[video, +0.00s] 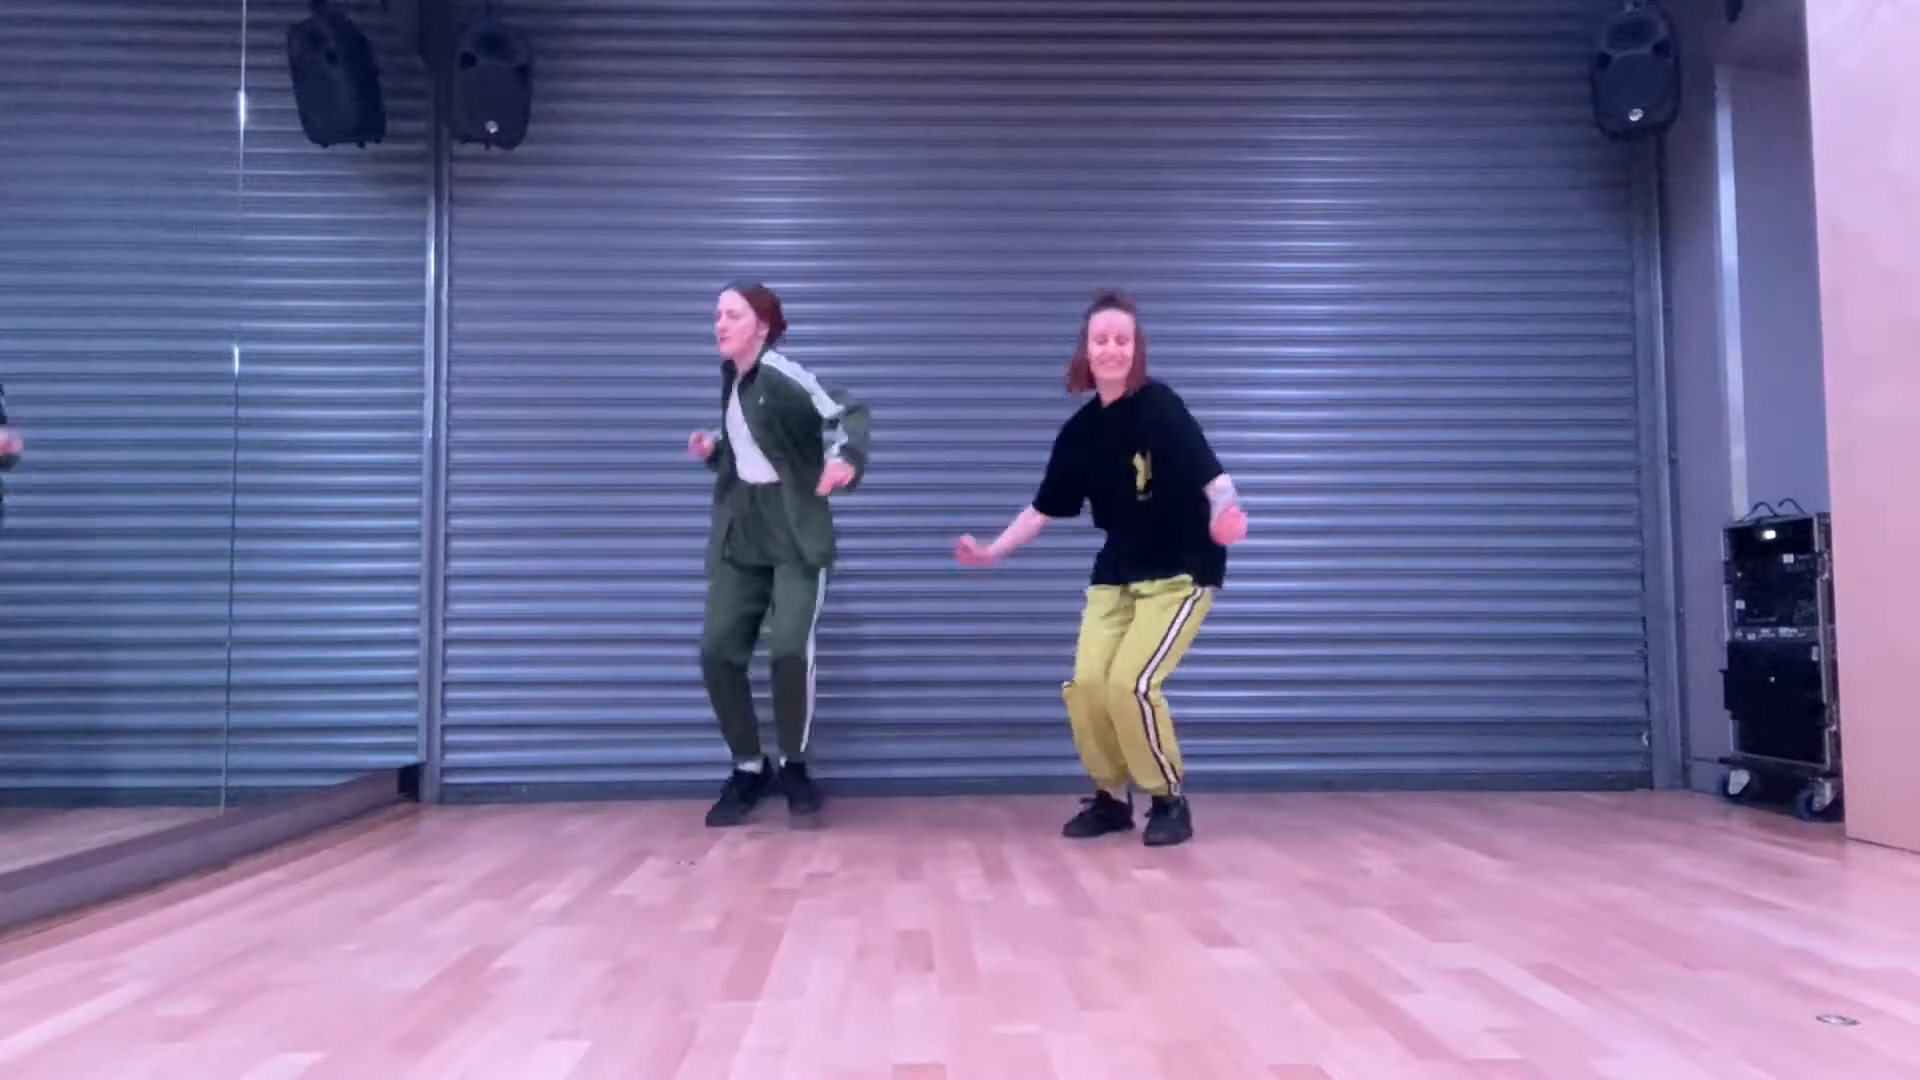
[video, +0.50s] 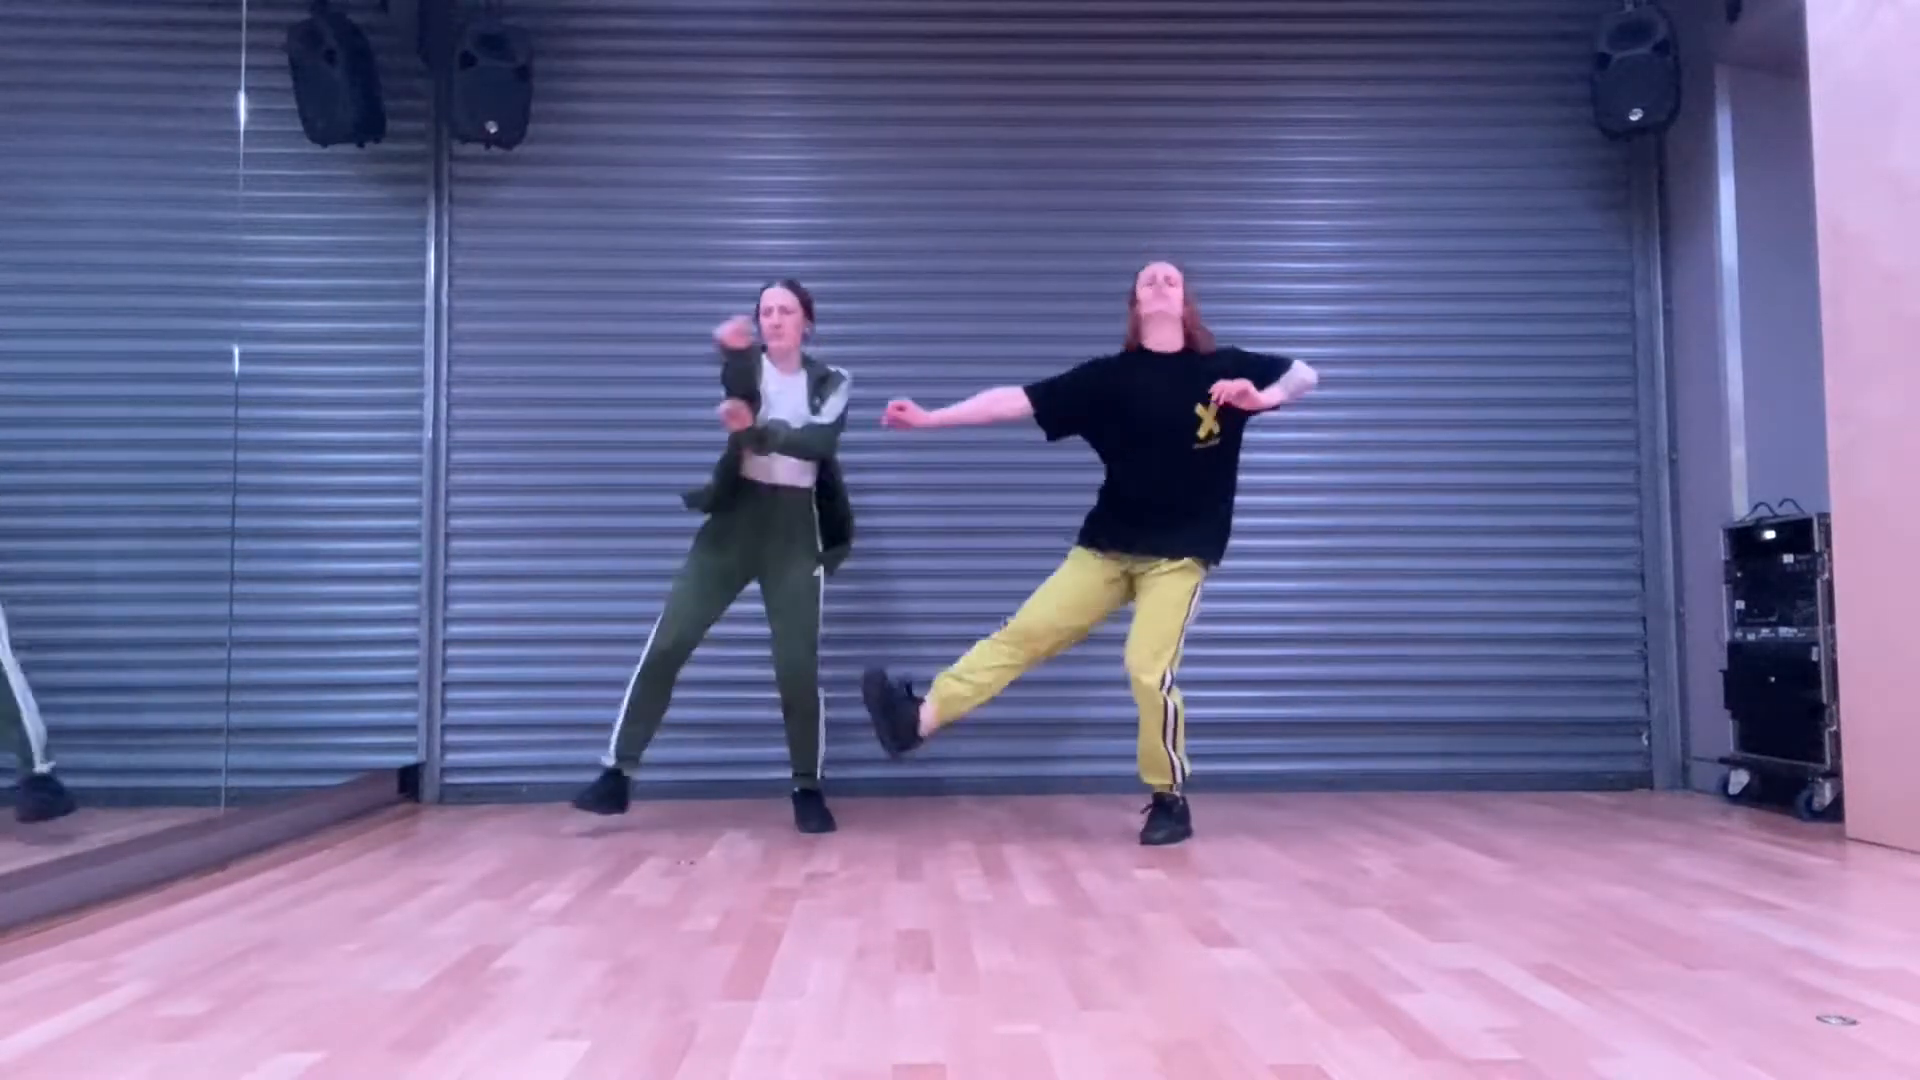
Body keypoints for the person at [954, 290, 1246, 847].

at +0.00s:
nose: (1111, 350)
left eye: (1122, 340)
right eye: (1101, 339)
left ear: (1137, 348)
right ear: (1085, 350)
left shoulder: (1161, 408)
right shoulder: (1079, 430)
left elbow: (1215, 484)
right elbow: (1043, 509)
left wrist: (1224, 519)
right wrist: (992, 552)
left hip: (1181, 573)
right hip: (1116, 575)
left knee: (1128, 683)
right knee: (1086, 684)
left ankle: (1168, 802)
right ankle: (1111, 801)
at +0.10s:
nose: (1113, 315)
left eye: (1125, 305)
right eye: (1103, 303)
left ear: (1140, 315)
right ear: (1085, 311)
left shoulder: (1159, 376)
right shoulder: (1067, 381)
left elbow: (1232, 428)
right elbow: (1055, 455)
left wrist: (1307, 460)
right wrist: (1047, 465)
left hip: (1189, 543)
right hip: (1123, 549)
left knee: (1161, 659)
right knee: (1108, 649)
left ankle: (1170, 792)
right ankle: (1127, 771)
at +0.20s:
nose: (1123, 308)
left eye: (1134, 299)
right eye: (1113, 297)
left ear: (1150, 308)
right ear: (1097, 305)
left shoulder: (1173, 375)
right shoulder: (1072, 365)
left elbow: (1262, 400)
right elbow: (1047, 433)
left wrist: (1352, 407)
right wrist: (1075, 431)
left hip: (1186, 532)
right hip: (1120, 533)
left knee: (1177, 657)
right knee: (1113, 607)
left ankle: (1176, 793)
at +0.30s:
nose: (1138, 291)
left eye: (1148, 281)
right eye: (1128, 281)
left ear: (1165, 293)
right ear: (1111, 291)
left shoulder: (1194, 361)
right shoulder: (1086, 354)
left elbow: (1280, 391)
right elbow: (1043, 410)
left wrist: (1360, 400)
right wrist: (1035, 427)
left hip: (1181, 530)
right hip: (1112, 523)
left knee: (1166, 658)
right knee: (1082, 581)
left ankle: (1174, 791)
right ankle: (1136, 636)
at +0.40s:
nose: (1154, 295)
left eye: (1164, 284)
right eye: (1143, 285)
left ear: (1181, 293)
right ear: (1127, 298)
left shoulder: (1218, 359)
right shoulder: (1108, 363)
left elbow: (1268, 397)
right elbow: (1027, 412)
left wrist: (1288, 405)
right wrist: (945, 444)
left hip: (1178, 536)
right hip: (1107, 523)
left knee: (1148, 663)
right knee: (1033, 597)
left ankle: (1169, 796)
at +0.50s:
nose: (1161, 284)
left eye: (1171, 280)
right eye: (1150, 280)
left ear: (1188, 303)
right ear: (1133, 305)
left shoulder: (1226, 368)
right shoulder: (1108, 375)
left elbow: (1305, 376)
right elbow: (1019, 400)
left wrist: (1266, 395)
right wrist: (931, 418)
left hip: (1180, 553)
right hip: (1108, 545)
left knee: (1148, 669)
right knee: (1026, 634)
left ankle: (1167, 799)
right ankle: (918, 721)